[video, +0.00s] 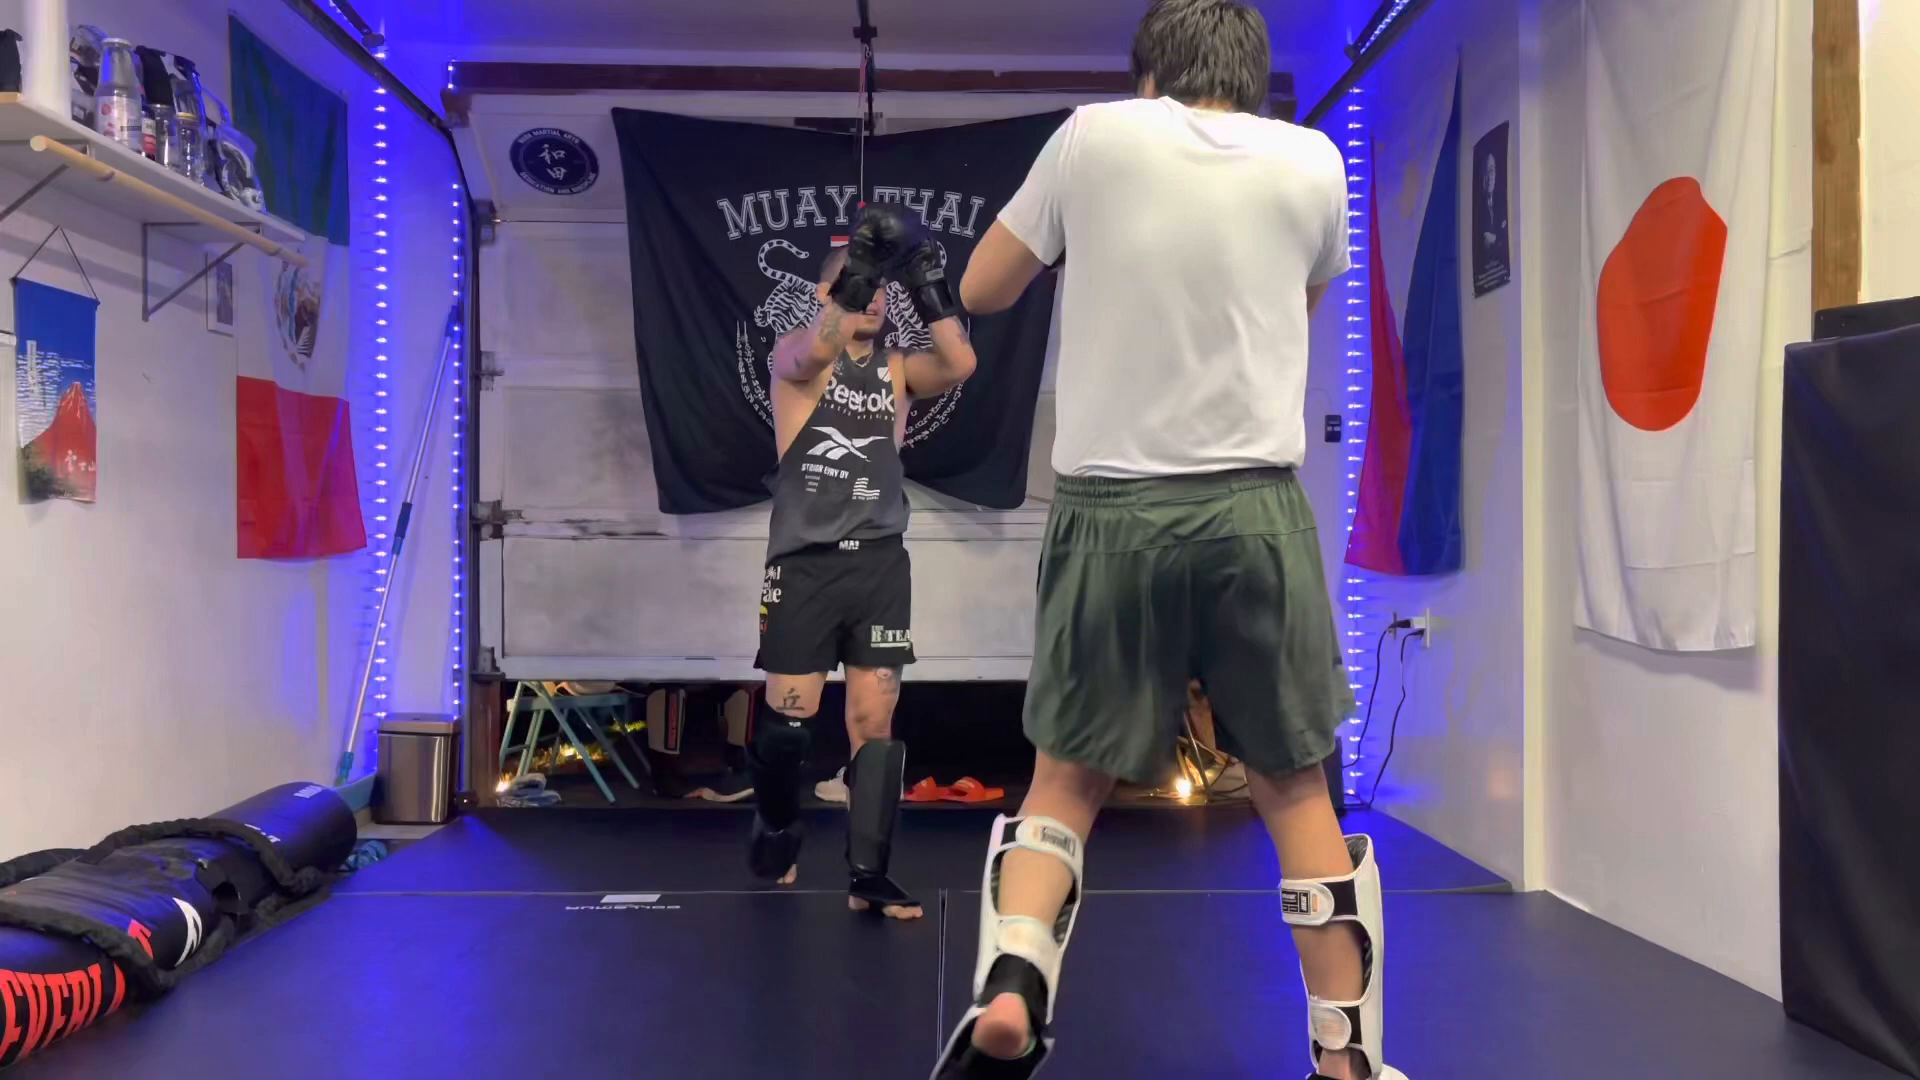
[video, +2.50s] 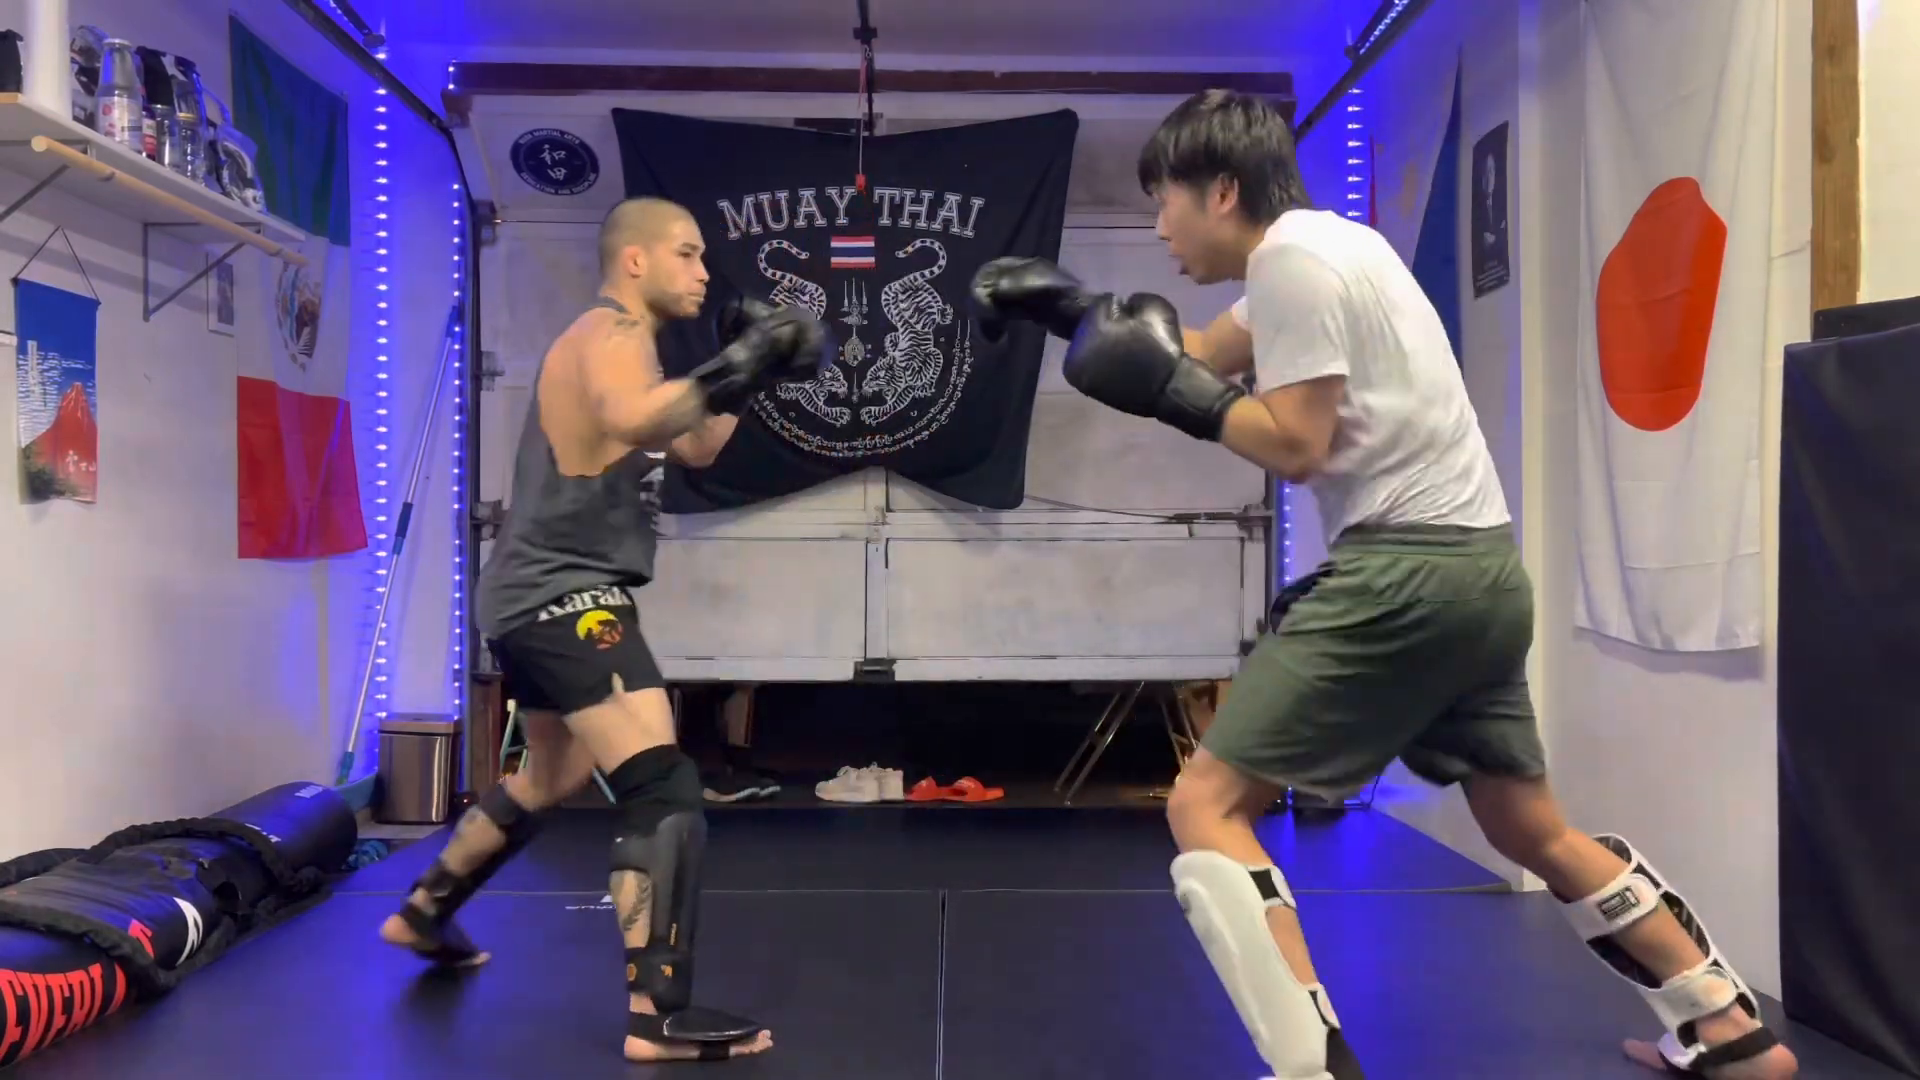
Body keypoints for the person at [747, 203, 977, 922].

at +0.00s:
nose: (872, 300)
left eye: (879, 290)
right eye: (857, 288)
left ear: (885, 299)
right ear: (823, 292)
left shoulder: (897, 367)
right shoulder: (793, 356)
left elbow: (959, 364)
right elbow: (814, 354)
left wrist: (929, 288)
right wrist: (853, 285)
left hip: (880, 561)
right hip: (803, 562)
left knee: (875, 715)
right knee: (790, 719)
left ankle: (869, 876)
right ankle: (777, 830)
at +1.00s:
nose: (903, 269)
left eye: (905, 256)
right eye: (889, 253)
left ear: (872, 263)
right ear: (839, 257)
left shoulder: (869, 342)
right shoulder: (808, 329)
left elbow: (929, 431)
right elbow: (832, 425)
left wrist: (959, 363)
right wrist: (894, 344)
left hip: (851, 559)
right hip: (833, 560)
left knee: (839, 748)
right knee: (924, 722)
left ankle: (775, 903)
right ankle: (875, 928)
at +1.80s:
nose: (852, 271)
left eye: (852, 259)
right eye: (838, 258)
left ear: (822, 271)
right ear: (786, 268)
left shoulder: (816, 351)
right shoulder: (748, 337)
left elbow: (859, 448)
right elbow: (731, 447)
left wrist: (913, 386)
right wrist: (798, 357)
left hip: (788, 572)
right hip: (751, 571)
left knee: (793, 745)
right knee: (817, 751)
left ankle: (739, 881)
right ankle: (802, 958)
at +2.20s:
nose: (779, 281)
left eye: (779, 267)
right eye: (764, 265)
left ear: (723, 277)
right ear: (711, 272)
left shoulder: (722, 351)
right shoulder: (690, 340)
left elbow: (772, 453)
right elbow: (734, 417)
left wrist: (825, 386)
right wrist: (804, 327)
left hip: (674, 590)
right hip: (686, 591)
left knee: (701, 766)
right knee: (771, 773)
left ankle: (691, 900)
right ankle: (690, 967)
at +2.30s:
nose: (759, 286)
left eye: (756, 271)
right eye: (742, 269)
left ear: (686, 284)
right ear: (690, 278)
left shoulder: (666, 359)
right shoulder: (689, 343)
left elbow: (714, 451)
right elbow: (792, 336)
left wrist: (760, 417)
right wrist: (910, 284)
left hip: (613, 603)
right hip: (653, 605)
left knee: (667, 767)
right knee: (732, 802)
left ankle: (650, 906)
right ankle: (666, 1015)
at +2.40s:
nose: (734, 280)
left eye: (732, 265)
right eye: (720, 262)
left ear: (661, 276)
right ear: (666, 271)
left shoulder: (634, 354)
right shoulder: (663, 338)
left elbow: (693, 458)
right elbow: (755, 355)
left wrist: (746, 395)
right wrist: (866, 304)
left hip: (572, 609)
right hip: (617, 608)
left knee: (621, 762)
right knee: (714, 793)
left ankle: (540, 910)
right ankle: (663, 1019)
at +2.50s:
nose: (703, 271)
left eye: (702, 257)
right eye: (688, 255)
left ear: (634, 269)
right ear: (634, 260)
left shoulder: (628, 351)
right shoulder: (607, 336)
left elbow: (699, 447)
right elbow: (634, 418)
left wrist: (748, 370)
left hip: (539, 596)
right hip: (565, 595)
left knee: (550, 776)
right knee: (662, 789)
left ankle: (424, 913)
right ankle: (658, 1014)